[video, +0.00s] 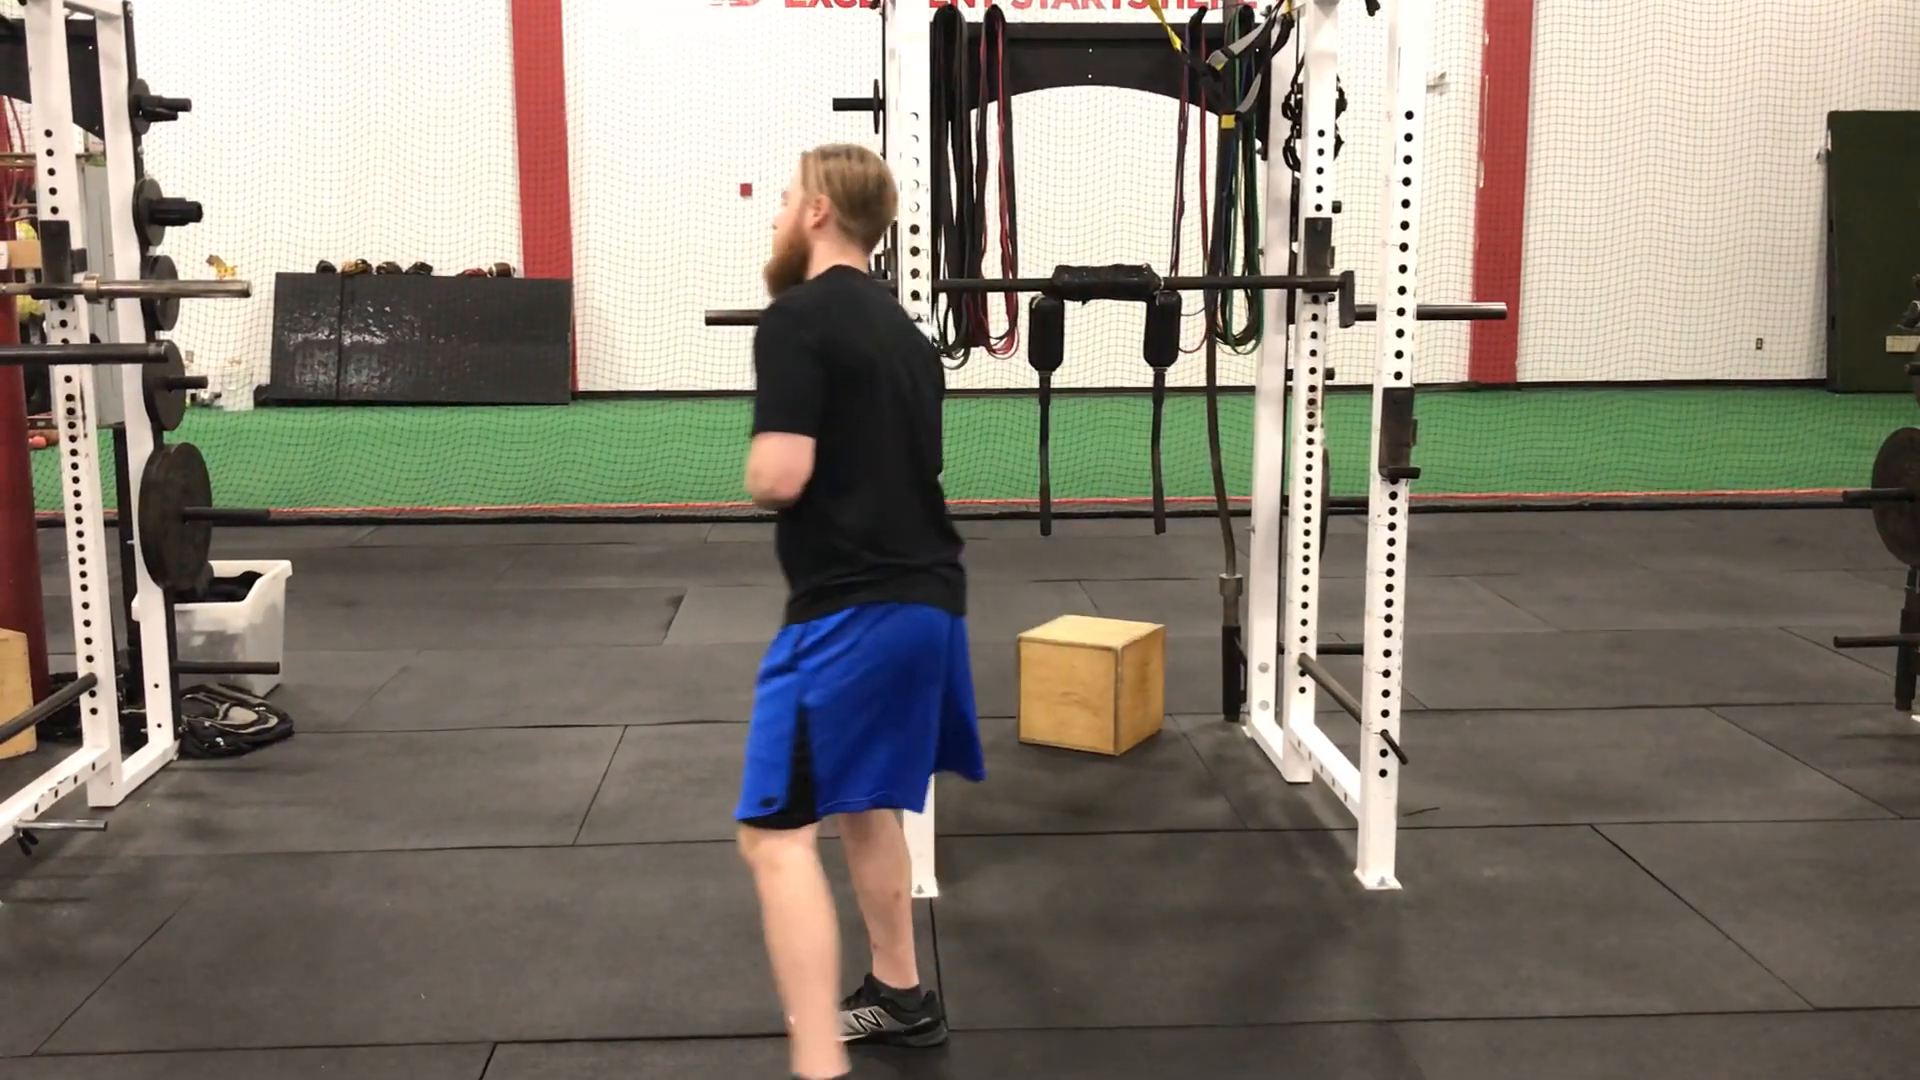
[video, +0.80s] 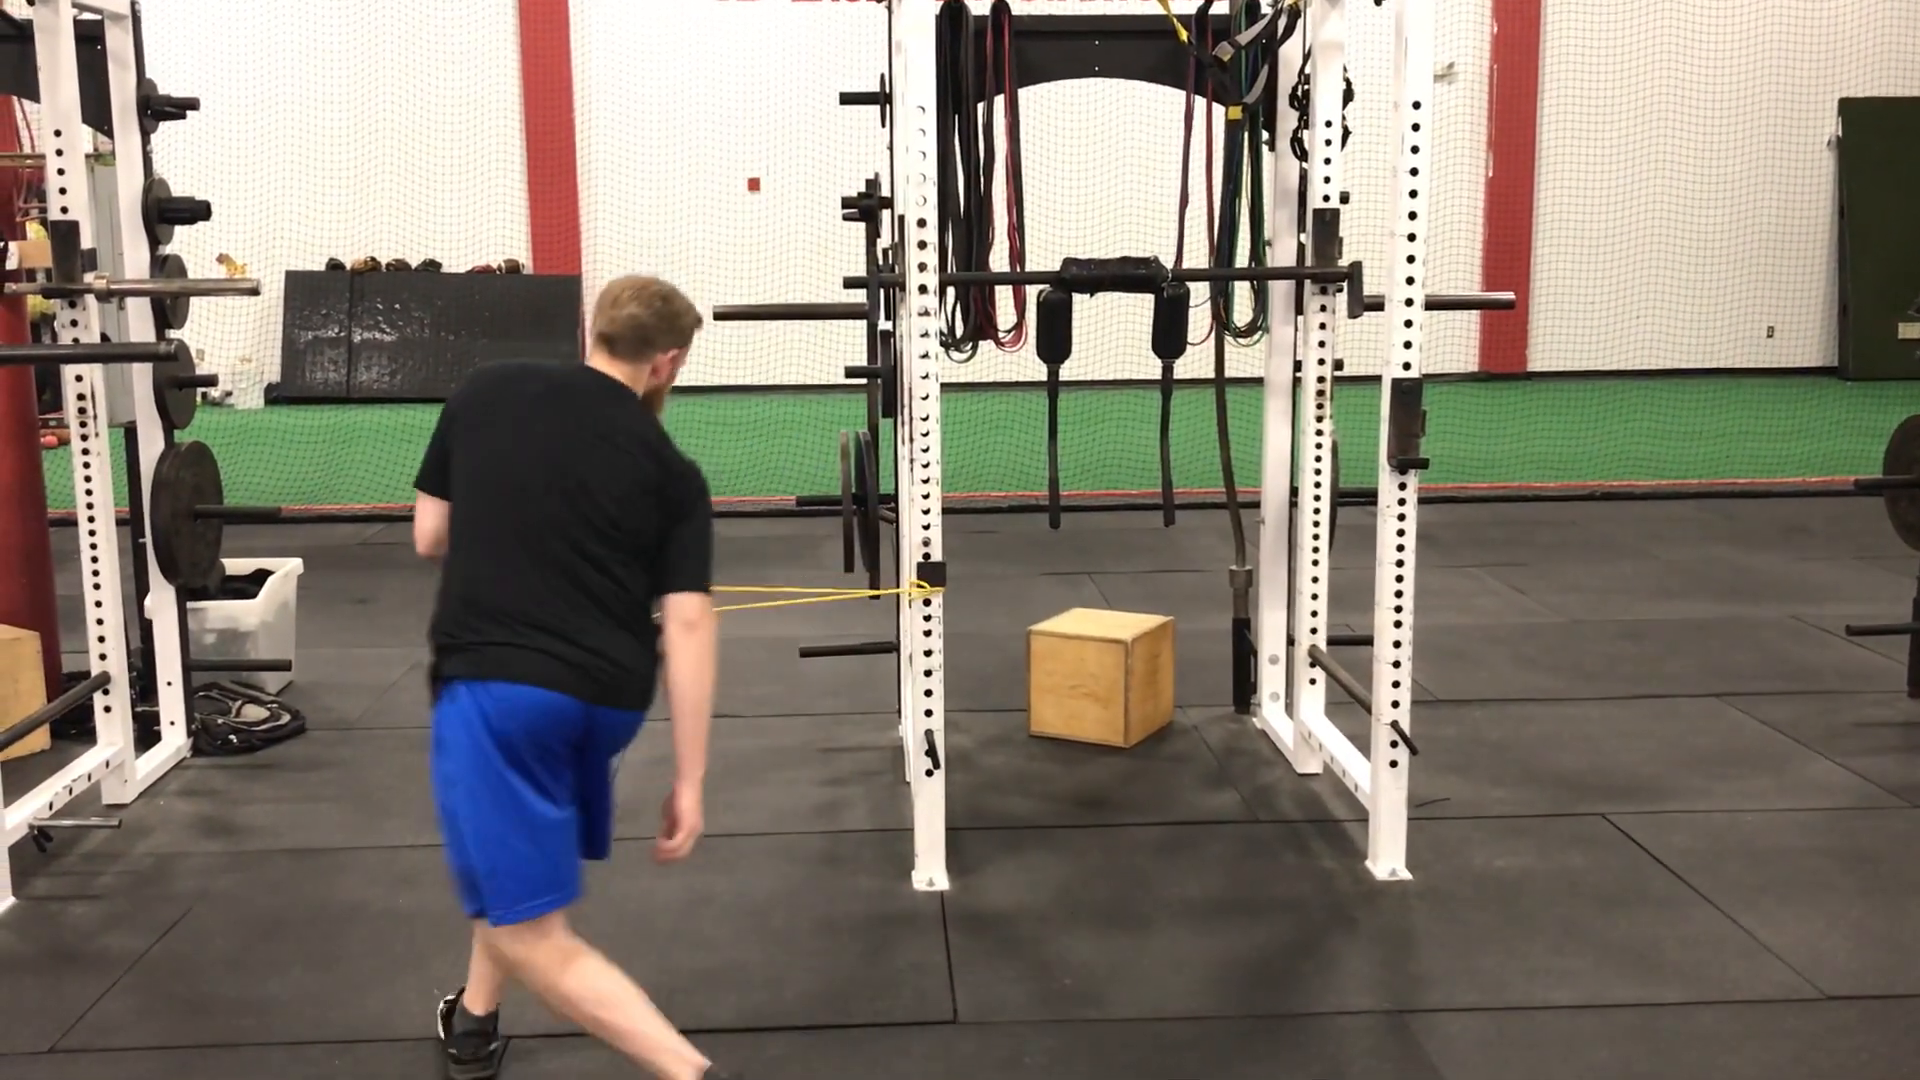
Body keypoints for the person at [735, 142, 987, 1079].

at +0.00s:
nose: (776, 212)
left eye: (785, 196)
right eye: (782, 195)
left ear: (814, 211)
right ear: (867, 222)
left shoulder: (799, 316)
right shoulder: (906, 330)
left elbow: (778, 477)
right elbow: (910, 466)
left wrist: (761, 475)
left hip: (850, 615)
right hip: (927, 607)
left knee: (773, 834)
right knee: (865, 802)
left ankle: (819, 1067)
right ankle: (901, 993)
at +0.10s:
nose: (751, 214)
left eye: (760, 199)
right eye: (758, 197)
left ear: (784, 215)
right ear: (850, 228)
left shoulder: (753, 327)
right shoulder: (891, 347)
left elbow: (725, 486)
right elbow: (915, 501)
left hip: (795, 625)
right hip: (888, 624)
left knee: (732, 850)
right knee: (859, 814)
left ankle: (749, 1073)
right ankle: (902, 994)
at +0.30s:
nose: (689, 233)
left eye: (695, 220)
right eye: (699, 219)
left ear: (705, 231)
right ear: (787, 250)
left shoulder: (658, 338)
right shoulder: (830, 371)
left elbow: (612, 504)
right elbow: (871, 528)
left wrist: (690, 477)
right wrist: (883, 652)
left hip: (701, 651)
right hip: (805, 652)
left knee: (673, 880)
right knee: (786, 823)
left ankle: (738, 1075)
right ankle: (843, 993)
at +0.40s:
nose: (658, 246)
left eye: (661, 234)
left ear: (665, 241)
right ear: (757, 258)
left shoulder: (610, 345)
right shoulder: (799, 376)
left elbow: (566, 509)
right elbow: (843, 535)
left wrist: (645, 485)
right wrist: (858, 665)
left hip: (670, 654)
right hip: (776, 655)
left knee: (665, 904)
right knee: (714, 832)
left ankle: (736, 1074)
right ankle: (717, 1010)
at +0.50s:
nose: (628, 256)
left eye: (631, 245)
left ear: (633, 251)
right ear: (725, 273)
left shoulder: (568, 350)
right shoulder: (769, 388)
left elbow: (529, 516)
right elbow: (811, 551)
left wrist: (615, 500)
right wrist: (825, 688)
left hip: (636, 659)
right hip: (751, 662)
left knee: (649, 915)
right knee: (641, 828)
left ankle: (734, 1076)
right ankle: (598, 1017)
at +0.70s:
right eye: (689, 324)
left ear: (593, 306)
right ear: (679, 332)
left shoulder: (505, 381)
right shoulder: (706, 440)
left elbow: (460, 534)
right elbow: (736, 593)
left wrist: (546, 532)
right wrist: (738, 744)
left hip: (551, 685)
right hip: (665, 691)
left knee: (602, 939)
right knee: (549, 861)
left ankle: (724, 1075)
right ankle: (485, 1020)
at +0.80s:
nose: (680, 373)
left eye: (683, 361)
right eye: (682, 361)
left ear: (589, 337)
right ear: (667, 363)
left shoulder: (488, 393)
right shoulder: (672, 472)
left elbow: (431, 535)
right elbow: (688, 619)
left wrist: (518, 525)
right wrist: (689, 778)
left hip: (494, 681)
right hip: (609, 697)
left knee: (528, 932)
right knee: (514, 850)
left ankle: (690, 1070)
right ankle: (474, 1021)